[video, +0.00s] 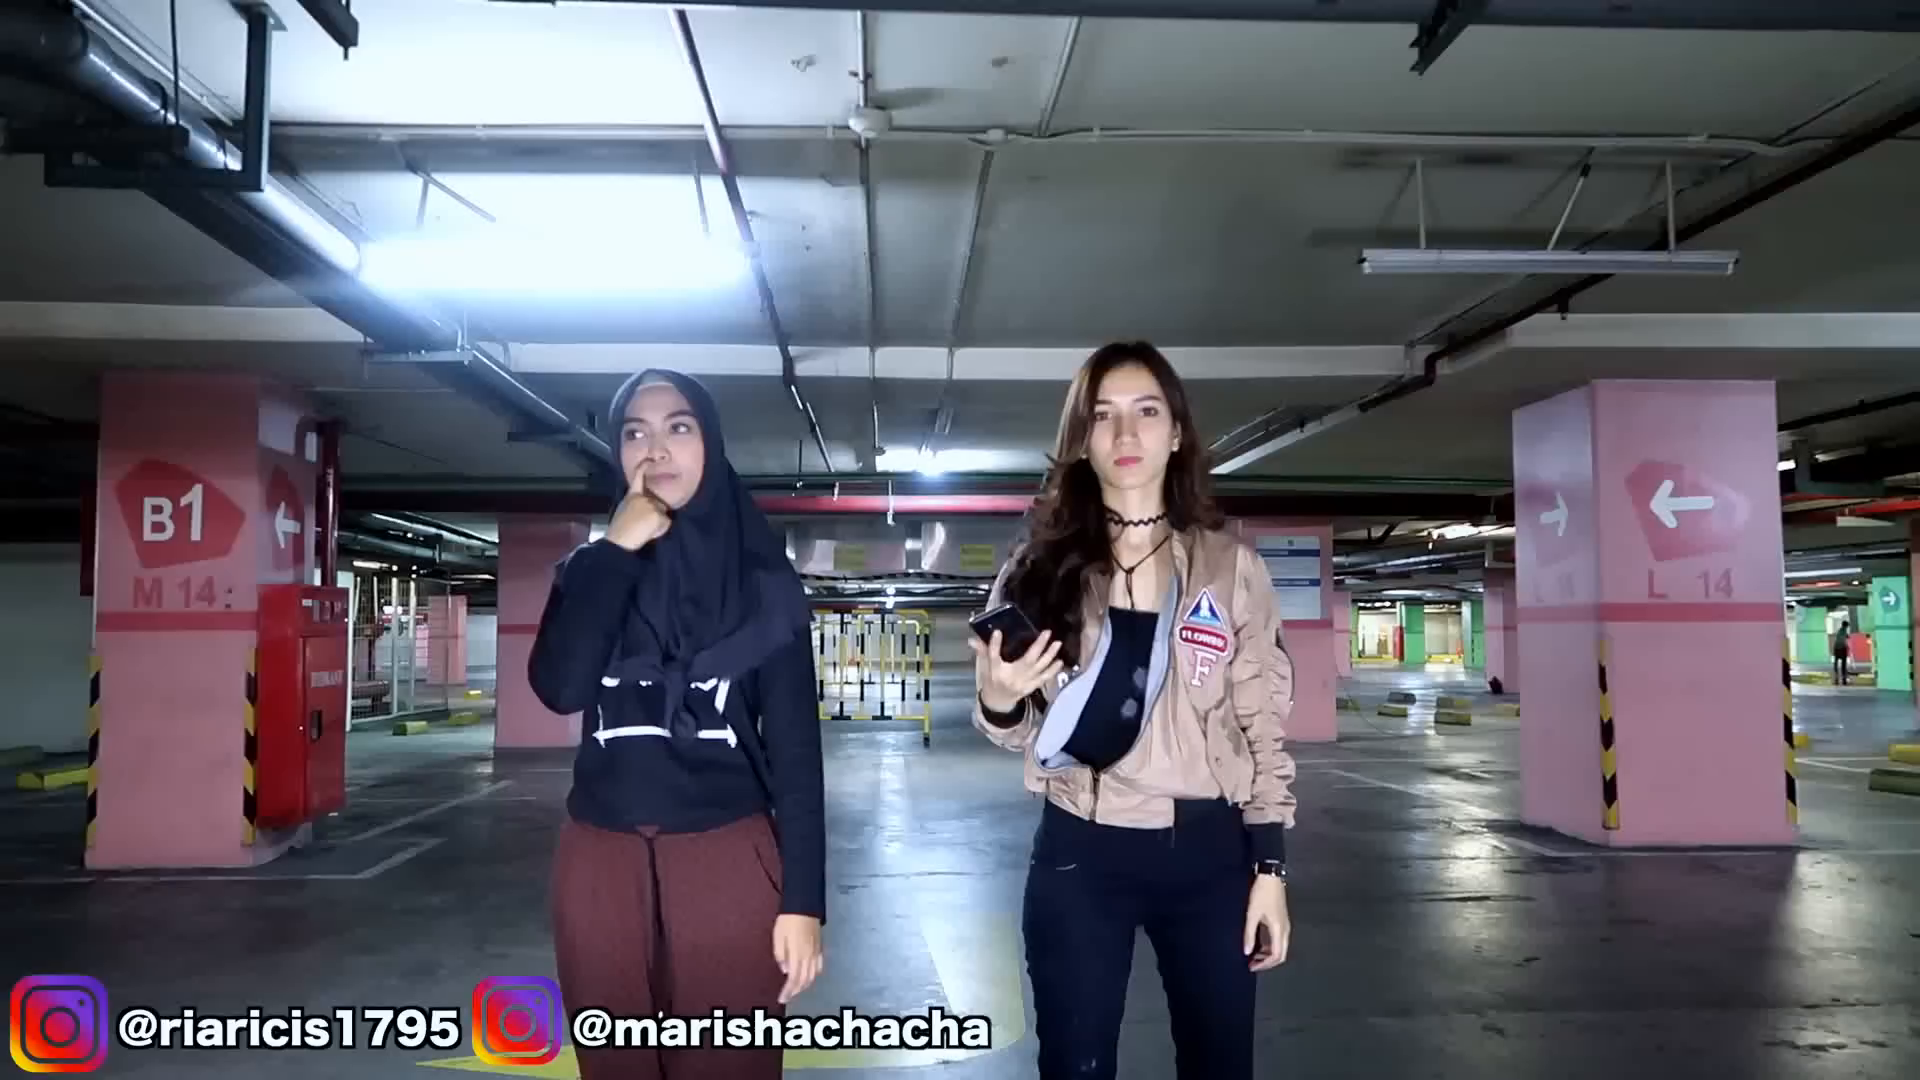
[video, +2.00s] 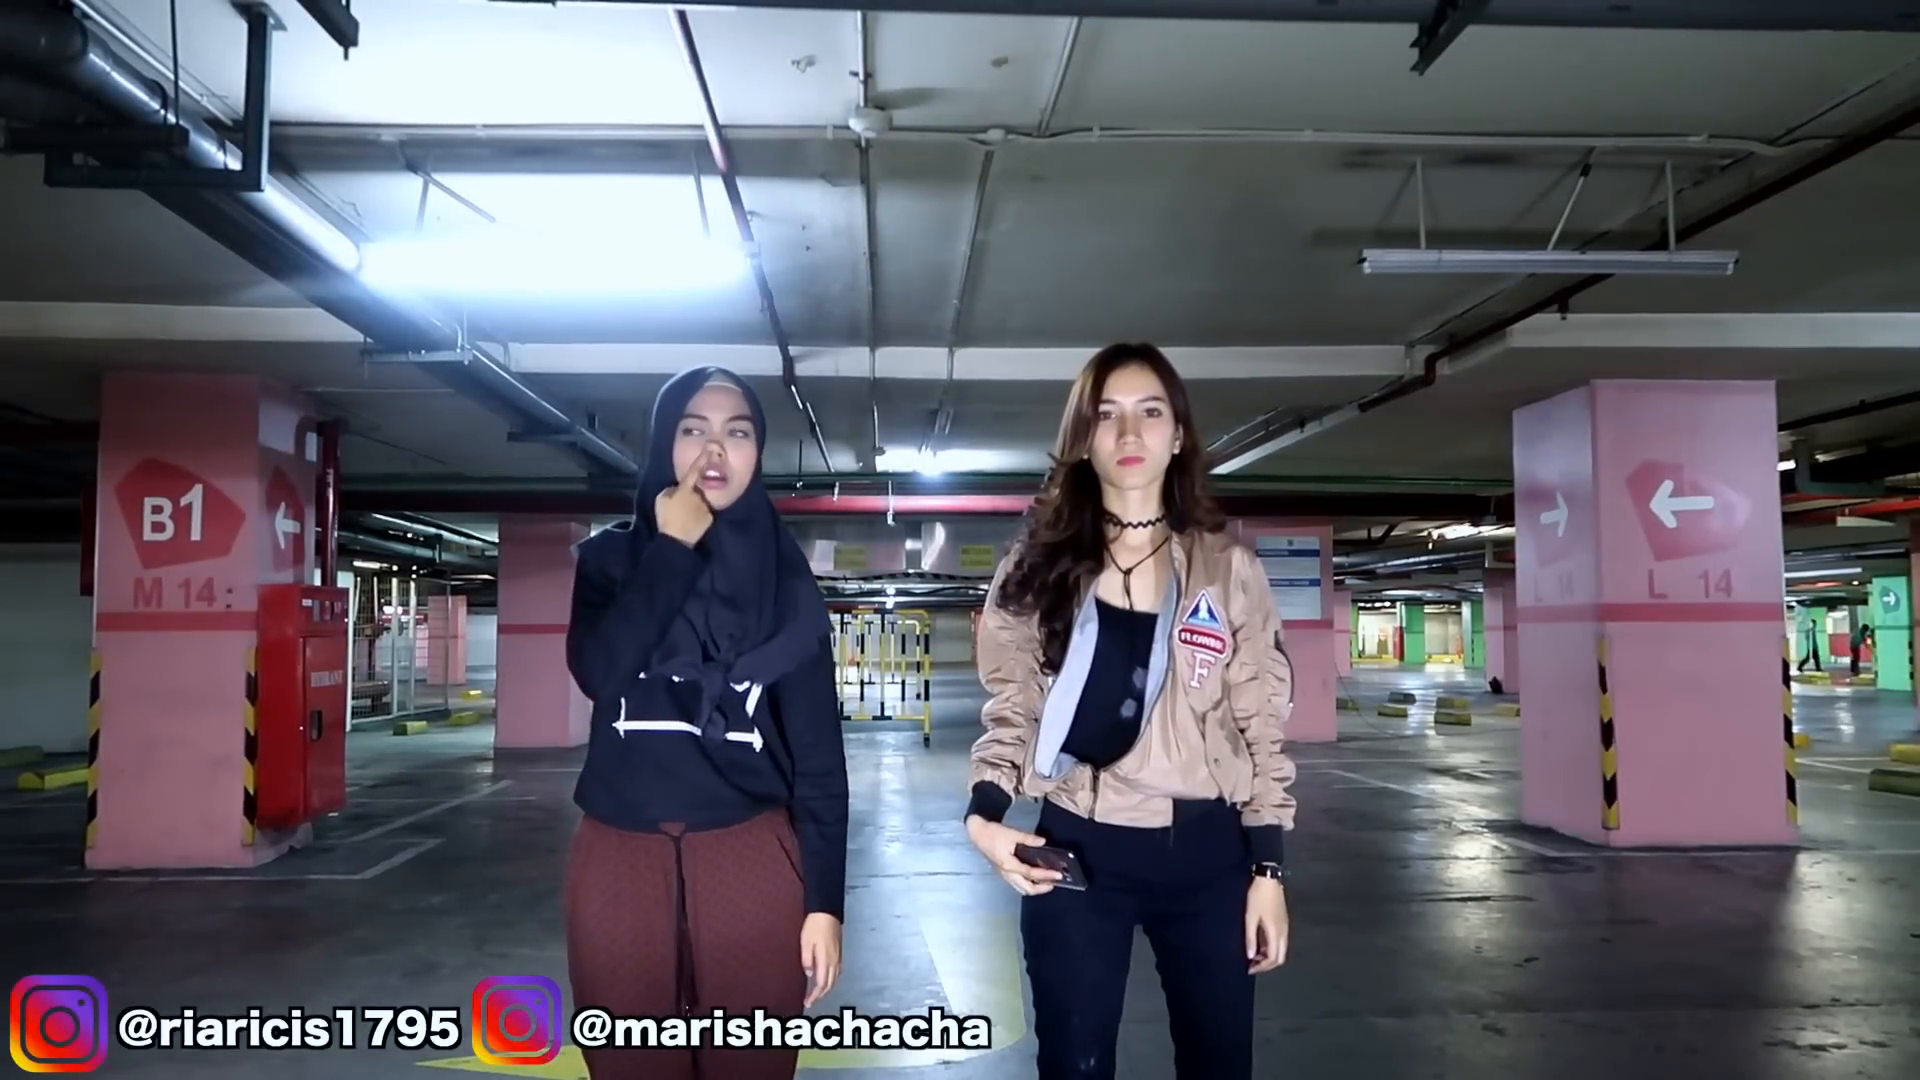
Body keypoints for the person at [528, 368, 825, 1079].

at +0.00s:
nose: (657, 448)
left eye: (679, 427)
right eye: (636, 431)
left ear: (710, 447)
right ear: (617, 454)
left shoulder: (760, 574)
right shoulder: (591, 568)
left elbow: (793, 745)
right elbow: (558, 687)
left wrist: (802, 901)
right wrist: (613, 550)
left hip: (726, 854)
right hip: (600, 855)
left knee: (730, 1063)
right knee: (611, 1064)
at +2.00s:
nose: (716, 450)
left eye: (737, 432)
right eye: (694, 430)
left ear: (758, 453)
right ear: (663, 448)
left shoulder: (782, 572)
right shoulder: (610, 556)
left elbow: (816, 746)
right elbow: (598, 674)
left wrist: (825, 901)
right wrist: (671, 548)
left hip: (752, 856)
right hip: (619, 855)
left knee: (750, 1065)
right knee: (626, 1064)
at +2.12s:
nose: (711, 449)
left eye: (733, 431)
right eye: (689, 430)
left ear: (756, 452)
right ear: (660, 448)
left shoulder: (782, 571)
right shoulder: (611, 557)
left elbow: (818, 743)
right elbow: (600, 676)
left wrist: (827, 899)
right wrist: (671, 549)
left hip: (754, 857)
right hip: (621, 856)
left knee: (751, 1065)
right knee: (628, 1064)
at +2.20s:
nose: (707, 451)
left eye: (730, 431)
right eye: (686, 431)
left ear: (754, 451)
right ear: (659, 449)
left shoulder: (783, 569)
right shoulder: (611, 557)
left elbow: (820, 743)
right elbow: (598, 679)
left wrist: (828, 899)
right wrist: (669, 550)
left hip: (754, 858)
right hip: (621, 856)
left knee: (752, 1066)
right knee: (628, 1065)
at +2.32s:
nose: (703, 449)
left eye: (725, 429)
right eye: (682, 430)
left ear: (753, 450)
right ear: (657, 450)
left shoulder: (785, 569)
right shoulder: (614, 556)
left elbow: (822, 746)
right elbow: (596, 681)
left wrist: (829, 900)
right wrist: (663, 549)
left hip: (754, 857)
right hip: (621, 855)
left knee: (752, 1065)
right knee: (628, 1064)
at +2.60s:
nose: (696, 449)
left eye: (719, 429)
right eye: (676, 430)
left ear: (751, 449)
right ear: (656, 452)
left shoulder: (789, 575)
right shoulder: (617, 557)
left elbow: (823, 751)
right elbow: (591, 684)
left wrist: (826, 904)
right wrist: (655, 551)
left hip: (749, 854)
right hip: (619, 852)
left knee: (748, 1065)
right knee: (625, 1063)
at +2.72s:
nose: (691, 450)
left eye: (714, 430)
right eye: (672, 432)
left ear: (749, 449)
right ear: (653, 452)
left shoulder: (790, 575)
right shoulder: (620, 558)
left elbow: (822, 753)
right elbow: (591, 687)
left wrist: (822, 906)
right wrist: (650, 553)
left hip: (747, 855)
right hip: (617, 853)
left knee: (746, 1065)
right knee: (624, 1064)